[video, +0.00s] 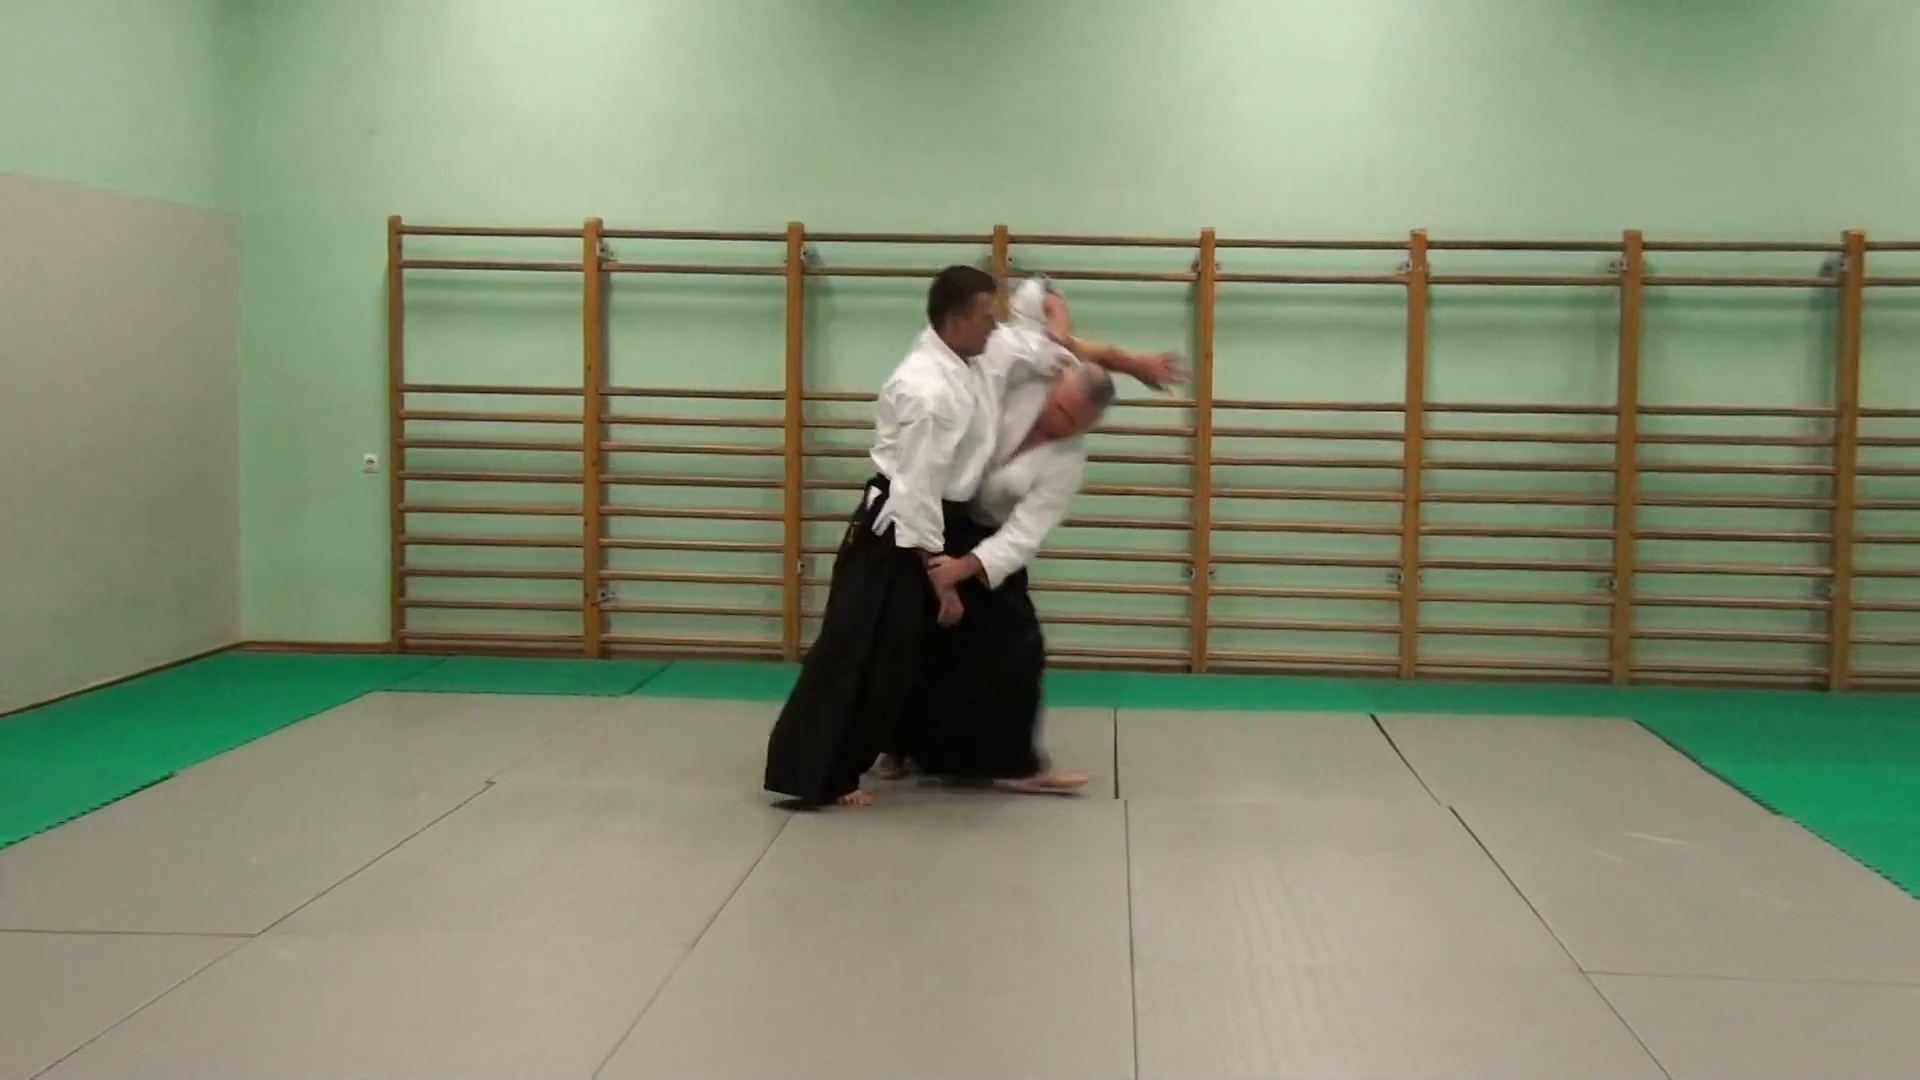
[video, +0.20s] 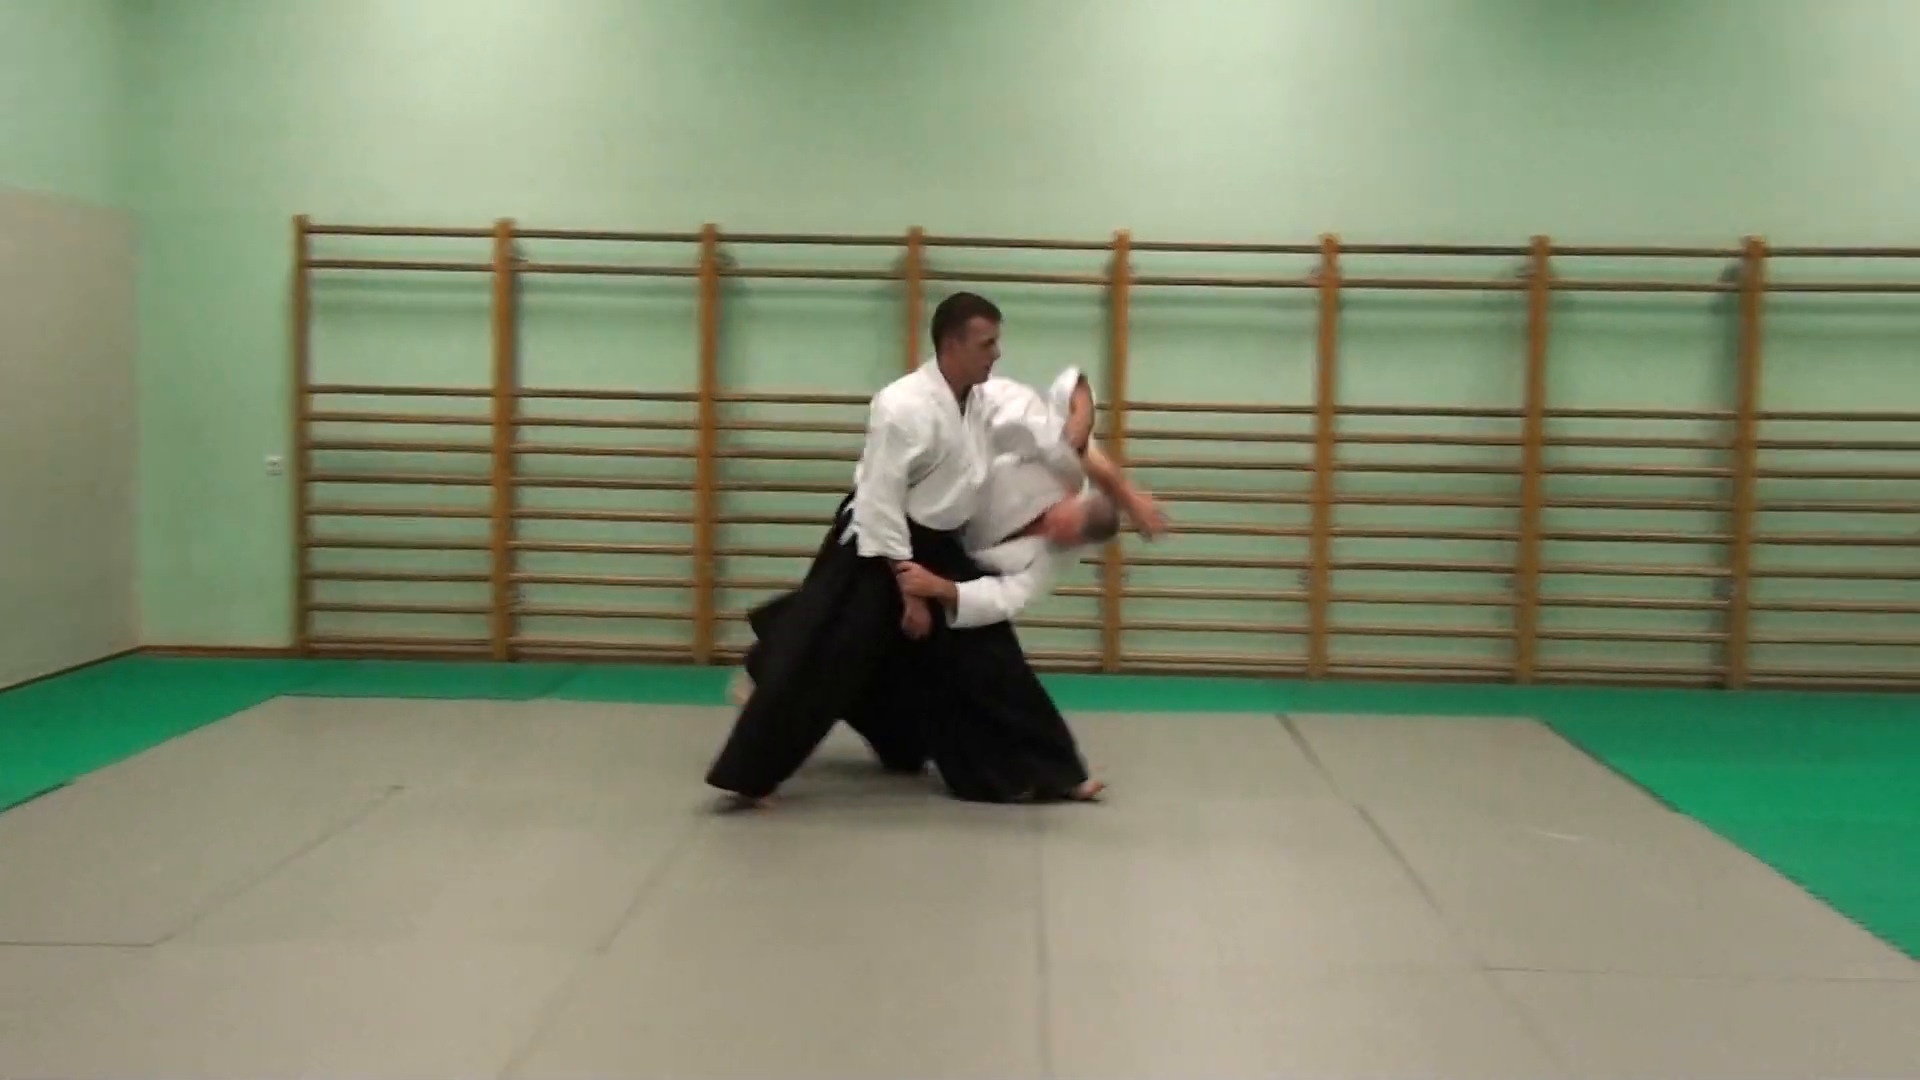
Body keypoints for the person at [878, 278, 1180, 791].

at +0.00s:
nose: (1058, 422)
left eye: (1071, 421)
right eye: (1058, 407)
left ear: (1087, 425)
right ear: (1051, 385)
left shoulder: (1065, 465)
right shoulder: (1019, 378)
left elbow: (1024, 535)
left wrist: (964, 567)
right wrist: (1059, 341)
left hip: (987, 539)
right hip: (935, 513)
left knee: (1019, 645)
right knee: (914, 636)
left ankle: (1013, 761)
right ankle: (900, 745)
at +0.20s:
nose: (996, 355)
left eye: (997, 343)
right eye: (986, 344)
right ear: (950, 345)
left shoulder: (989, 400)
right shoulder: (904, 407)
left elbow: (1059, 438)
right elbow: (877, 501)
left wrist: (1122, 490)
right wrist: (909, 587)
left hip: (942, 543)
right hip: (881, 538)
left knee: (995, 658)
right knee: (824, 650)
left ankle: (1053, 774)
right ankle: (749, 773)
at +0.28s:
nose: (977, 367)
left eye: (980, 356)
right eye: (970, 355)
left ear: (957, 358)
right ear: (934, 352)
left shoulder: (965, 409)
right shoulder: (883, 409)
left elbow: (1026, 454)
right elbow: (849, 501)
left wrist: (1092, 519)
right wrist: (885, 576)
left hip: (918, 550)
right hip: (853, 543)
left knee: (960, 661)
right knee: (793, 653)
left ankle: (996, 779)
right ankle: (706, 776)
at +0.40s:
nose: (935, 374)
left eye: (940, 364)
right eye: (930, 361)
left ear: (926, 363)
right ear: (895, 353)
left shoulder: (922, 415)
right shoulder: (838, 409)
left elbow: (965, 467)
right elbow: (801, 494)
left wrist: (1012, 518)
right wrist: (831, 573)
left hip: (862, 542)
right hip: (792, 537)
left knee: (891, 656)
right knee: (745, 657)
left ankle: (907, 779)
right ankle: (657, 766)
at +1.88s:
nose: (863, 368)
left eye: (867, 358)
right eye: (857, 357)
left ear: (853, 356)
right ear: (821, 350)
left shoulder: (847, 413)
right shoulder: (778, 414)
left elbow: (899, 472)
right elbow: (785, 508)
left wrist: (958, 536)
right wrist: (831, 578)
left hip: (792, 556)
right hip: (737, 550)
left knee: (861, 645)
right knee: (681, 657)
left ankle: (861, 775)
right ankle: (605, 773)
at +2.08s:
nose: (848, 357)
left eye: (851, 348)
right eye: (840, 346)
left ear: (833, 349)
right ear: (805, 343)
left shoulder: (835, 413)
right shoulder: (758, 407)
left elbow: (868, 485)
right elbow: (750, 507)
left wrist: (887, 566)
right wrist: (784, 588)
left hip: (787, 545)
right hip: (727, 545)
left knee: (851, 644)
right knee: (683, 659)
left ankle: (858, 773)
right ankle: (604, 772)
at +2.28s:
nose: (785, 341)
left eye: (788, 331)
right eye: (775, 330)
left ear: (786, 333)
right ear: (739, 329)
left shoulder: (783, 403)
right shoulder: (699, 398)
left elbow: (804, 485)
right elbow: (681, 494)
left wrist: (807, 565)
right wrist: (700, 581)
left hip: (756, 545)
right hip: (695, 543)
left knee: (814, 654)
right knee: (666, 665)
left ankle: (852, 774)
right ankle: (601, 775)